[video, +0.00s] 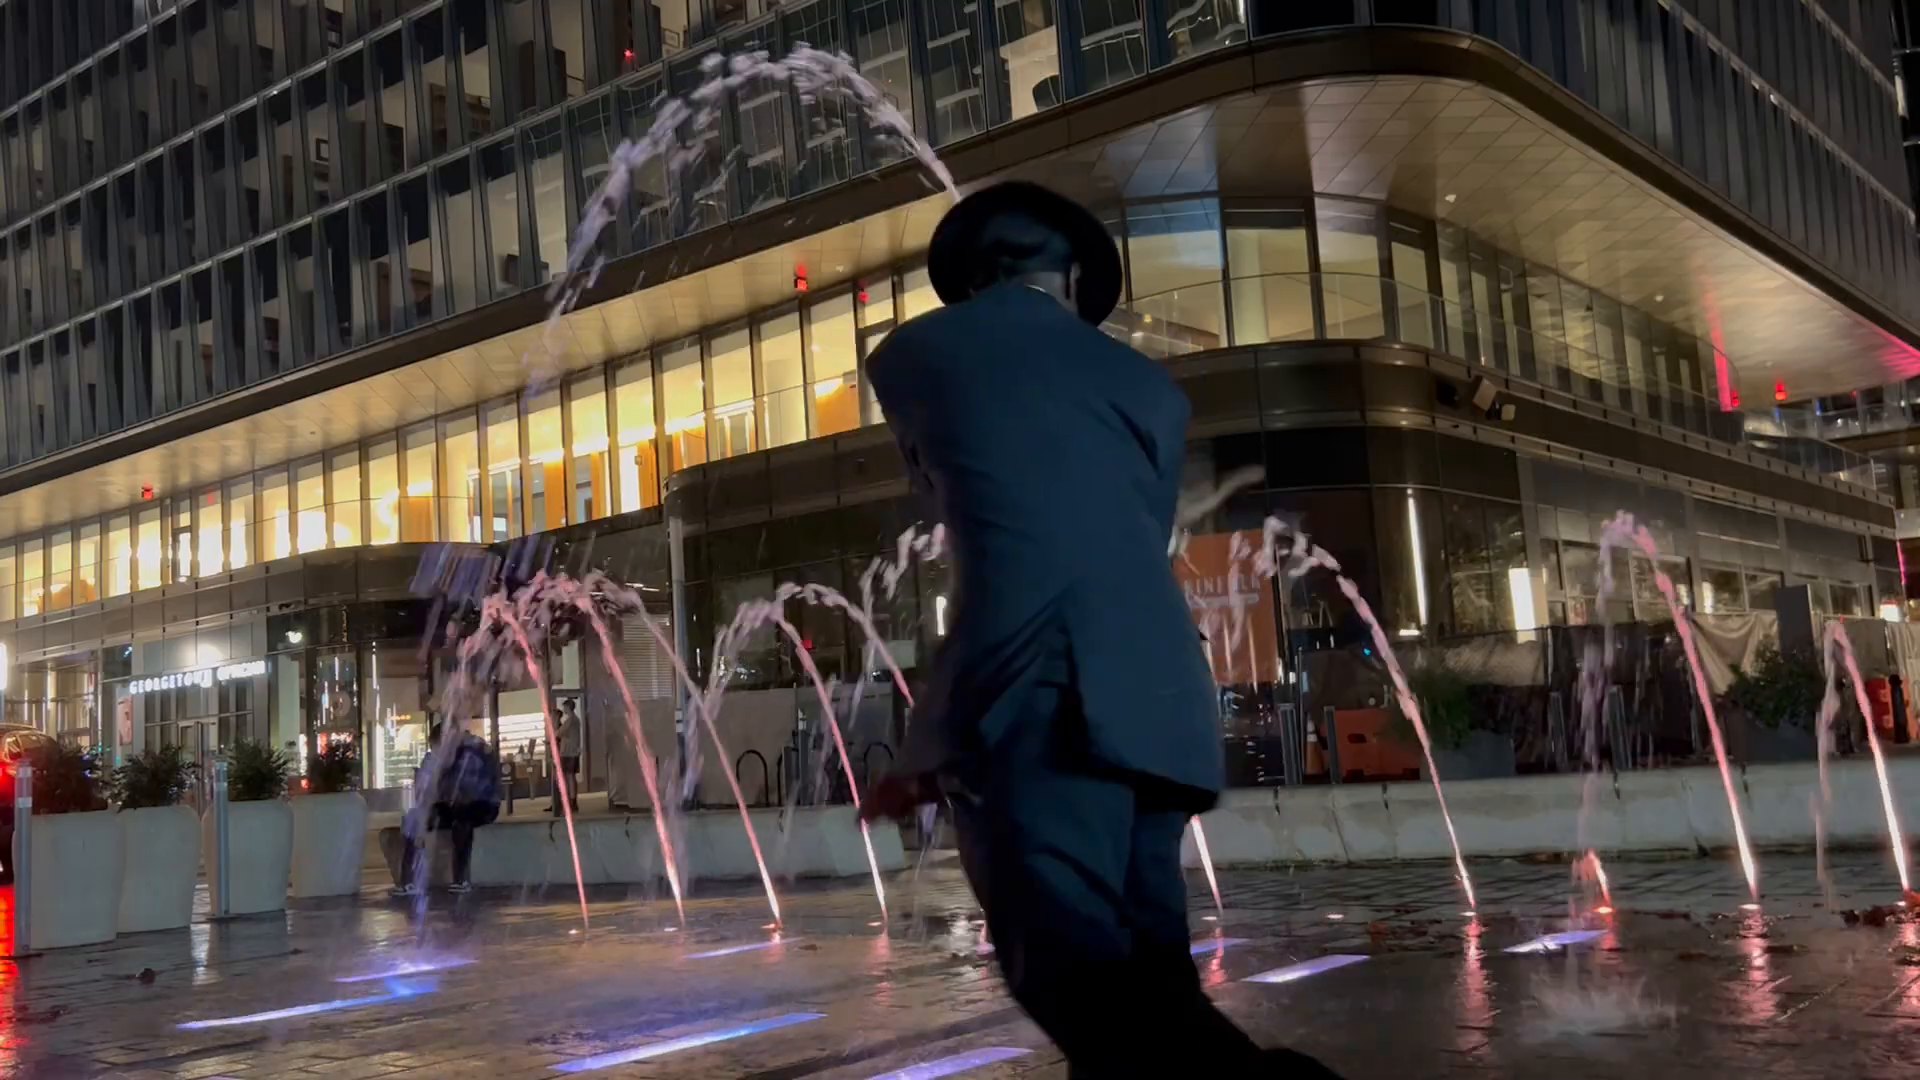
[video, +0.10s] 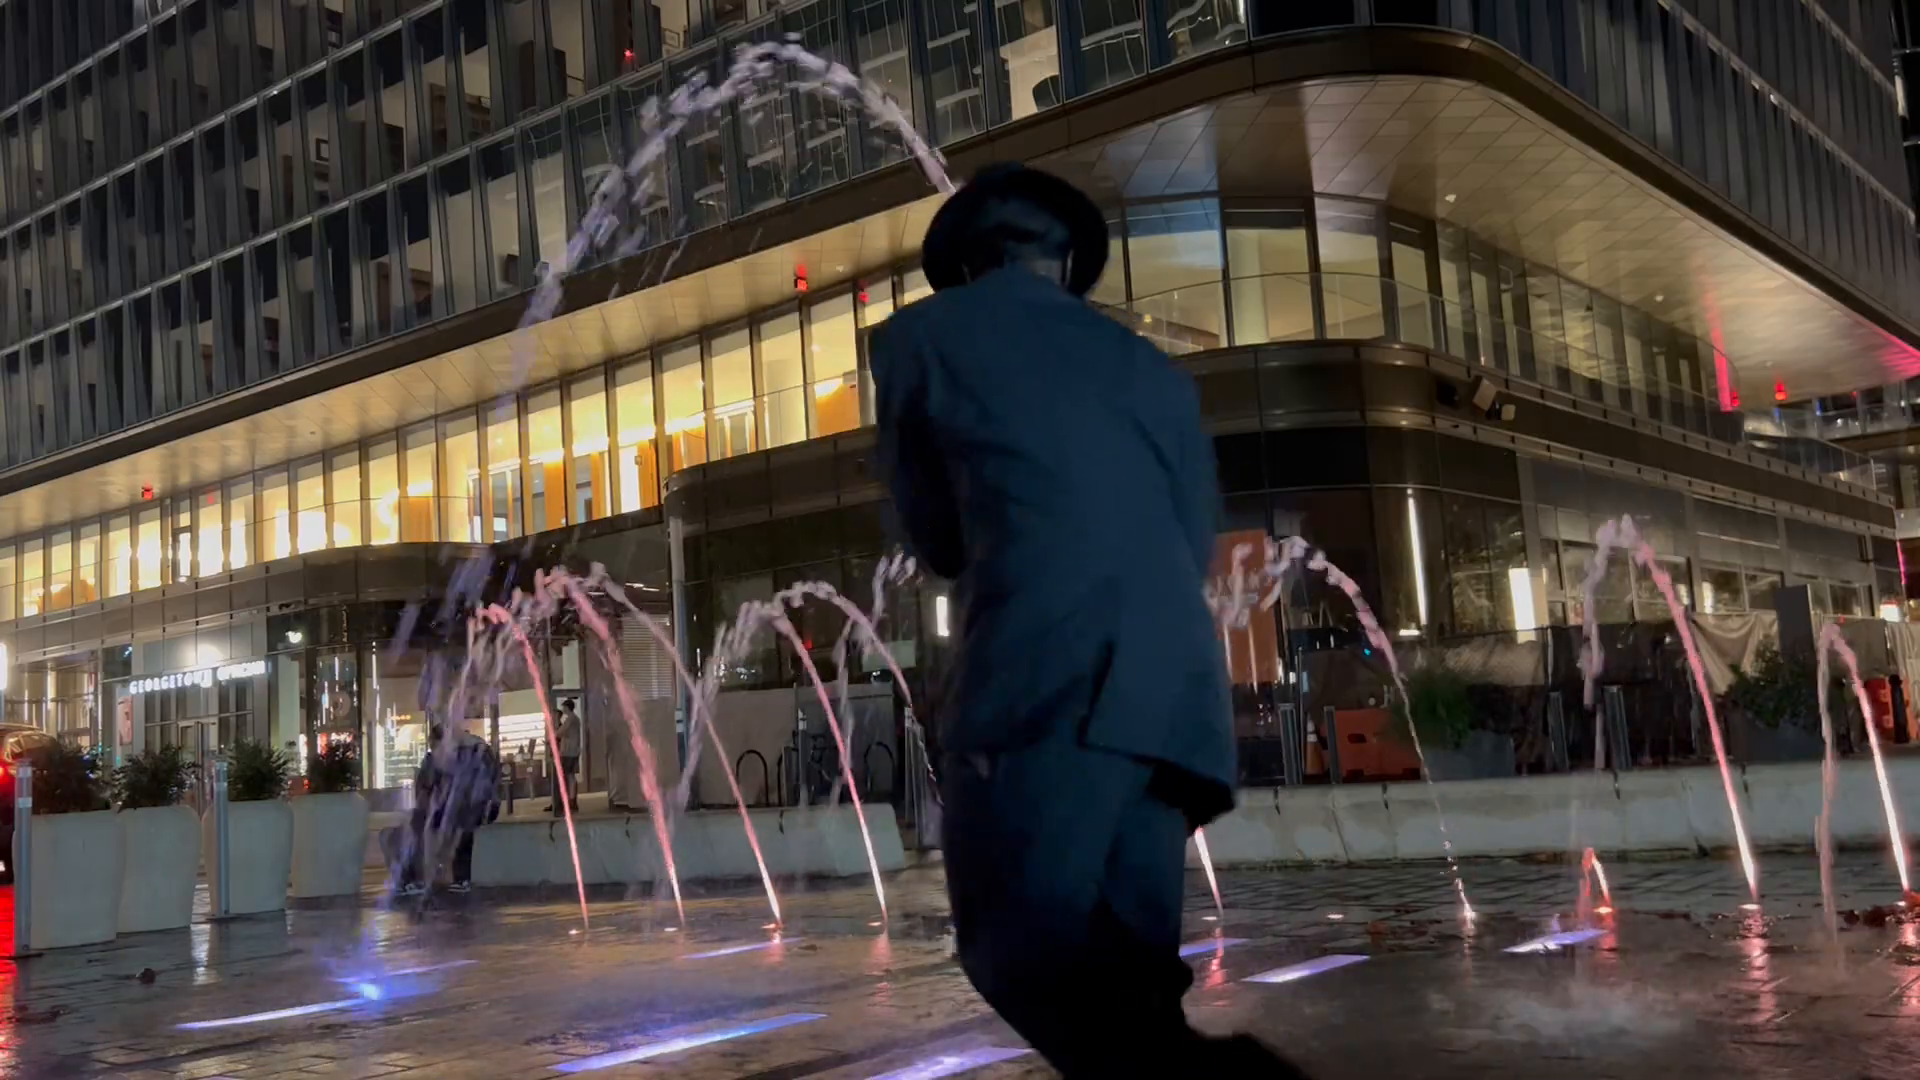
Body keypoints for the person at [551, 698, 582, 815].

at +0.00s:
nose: (563, 710)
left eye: (565, 707)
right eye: (564, 707)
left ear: (568, 707)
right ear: (572, 707)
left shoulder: (570, 719)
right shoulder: (576, 719)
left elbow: (559, 733)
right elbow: (569, 734)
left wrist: (556, 721)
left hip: (567, 753)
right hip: (573, 752)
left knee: (567, 778)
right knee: (572, 777)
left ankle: (570, 802)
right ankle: (573, 801)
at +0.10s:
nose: (563, 710)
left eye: (564, 708)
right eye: (563, 708)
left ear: (567, 708)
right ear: (572, 708)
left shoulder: (570, 718)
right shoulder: (575, 719)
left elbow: (562, 731)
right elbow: (568, 733)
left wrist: (553, 735)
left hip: (567, 752)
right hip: (573, 752)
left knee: (563, 777)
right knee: (572, 776)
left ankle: (559, 802)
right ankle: (572, 801)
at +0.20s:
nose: (563, 711)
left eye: (564, 708)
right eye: (563, 709)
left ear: (567, 708)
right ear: (572, 708)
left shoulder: (569, 719)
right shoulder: (575, 719)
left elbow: (561, 731)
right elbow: (569, 734)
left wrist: (553, 736)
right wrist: (558, 736)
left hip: (566, 753)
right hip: (573, 752)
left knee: (566, 777)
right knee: (571, 777)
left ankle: (569, 801)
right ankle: (572, 800)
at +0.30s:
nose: (562, 711)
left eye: (563, 709)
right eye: (562, 709)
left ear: (566, 709)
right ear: (571, 708)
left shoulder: (568, 719)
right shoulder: (575, 719)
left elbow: (561, 731)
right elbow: (570, 734)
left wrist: (553, 734)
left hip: (567, 753)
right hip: (573, 752)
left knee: (567, 778)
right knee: (571, 778)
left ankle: (570, 802)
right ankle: (572, 802)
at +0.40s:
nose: (561, 711)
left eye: (562, 709)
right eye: (562, 709)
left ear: (566, 709)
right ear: (571, 708)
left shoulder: (568, 720)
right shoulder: (575, 720)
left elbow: (559, 731)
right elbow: (571, 735)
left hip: (565, 754)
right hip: (572, 753)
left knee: (565, 779)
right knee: (571, 778)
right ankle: (572, 802)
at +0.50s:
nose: (561, 711)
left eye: (562, 709)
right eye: (561, 709)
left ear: (564, 708)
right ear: (570, 708)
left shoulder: (566, 720)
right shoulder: (573, 720)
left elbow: (558, 731)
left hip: (565, 753)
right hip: (570, 752)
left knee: (565, 779)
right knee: (570, 778)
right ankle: (572, 801)